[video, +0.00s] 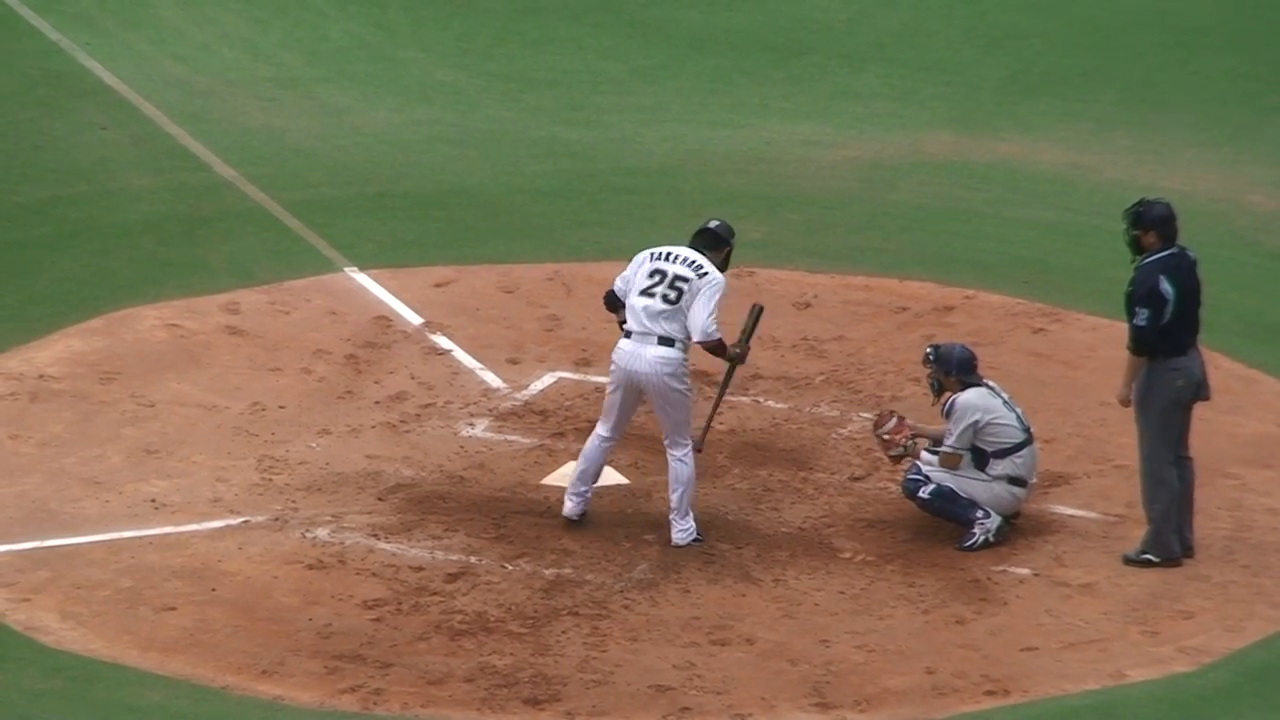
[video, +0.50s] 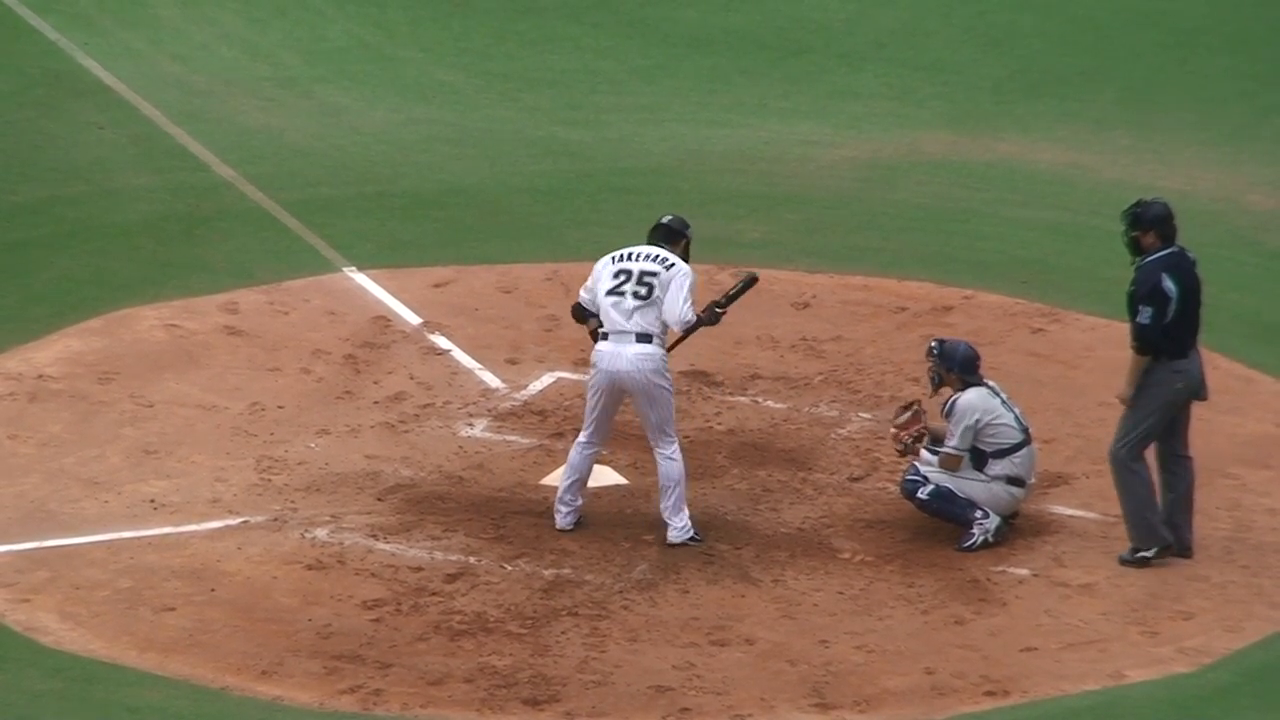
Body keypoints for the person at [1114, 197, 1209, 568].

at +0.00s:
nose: (1133, 236)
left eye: (1137, 231)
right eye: (1134, 229)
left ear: (1150, 236)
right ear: (1166, 232)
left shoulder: (1148, 275)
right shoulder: (1185, 260)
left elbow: (1140, 340)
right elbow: (1188, 322)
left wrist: (1126, 384)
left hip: (1162, 372)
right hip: (1188, 365)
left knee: (1157, 459)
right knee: (1176, 455)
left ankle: (1161, 544)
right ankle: (1179, 537)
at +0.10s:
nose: (1133, 235)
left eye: (1137, 230)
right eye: (1134, 228)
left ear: (1150, 235)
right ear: (1167, 232)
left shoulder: (1148, 275)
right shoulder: (1185, 260)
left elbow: (1140, 341)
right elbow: (1188, 321)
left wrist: (1126, 384)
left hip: (1162, 371)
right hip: (1188, 364)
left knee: (1156, 459)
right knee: (1176, 455)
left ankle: (1161, 544)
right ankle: (1179, 537)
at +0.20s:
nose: (1133, 236)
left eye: (1137, 230)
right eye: (1134, 229)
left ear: (1149, 235)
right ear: (1167, 232)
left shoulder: (1148, 275)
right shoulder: (1185, 260)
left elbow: (1140, 340)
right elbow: (1187, 321)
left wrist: (1126, 383)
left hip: (1162, 371)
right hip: (1189, 364)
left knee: (1154, 458)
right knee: (1176, 454)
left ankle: (1160, 545)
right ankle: (1179, 537)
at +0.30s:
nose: (1133, 235)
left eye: (1137, 230)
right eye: (1134, 229)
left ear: (1149, 235)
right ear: (1166, 232)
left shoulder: (1148, 274)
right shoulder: (1185, 260)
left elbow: (1140, 340)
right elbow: (1187, 321)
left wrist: (1126, 384)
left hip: (1162, 372)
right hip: (1188, 365)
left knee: (1146, 454)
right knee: (1175, 452)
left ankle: (1159, 544)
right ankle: (1179, 538)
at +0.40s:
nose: (1132, 236)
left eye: (1136, 230)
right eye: (1133, 229)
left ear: (1149, 235)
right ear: (1165, 232)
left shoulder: (1149, 274)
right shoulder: (1185, 260)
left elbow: (1141, 341)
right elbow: (1187, 321)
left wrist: (1128, 384)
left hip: (1164, 372)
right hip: (1188, 366)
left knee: (1136, 453)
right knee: (1174, 452)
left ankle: (1156, 544)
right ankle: (1178, 538)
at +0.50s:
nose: (1131, 237)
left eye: (1135, 232)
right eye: (1133, 230)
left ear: (1148, 236)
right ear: (1166, 232)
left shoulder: (1152, 272)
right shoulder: (1183, 261)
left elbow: (1144, 341)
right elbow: (1185, 323)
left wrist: (1129, 385)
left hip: (1163, 373)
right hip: (1186, 369)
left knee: (1124, 451)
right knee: (1174, 453)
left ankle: (1149, 540)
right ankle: (1177, 536)